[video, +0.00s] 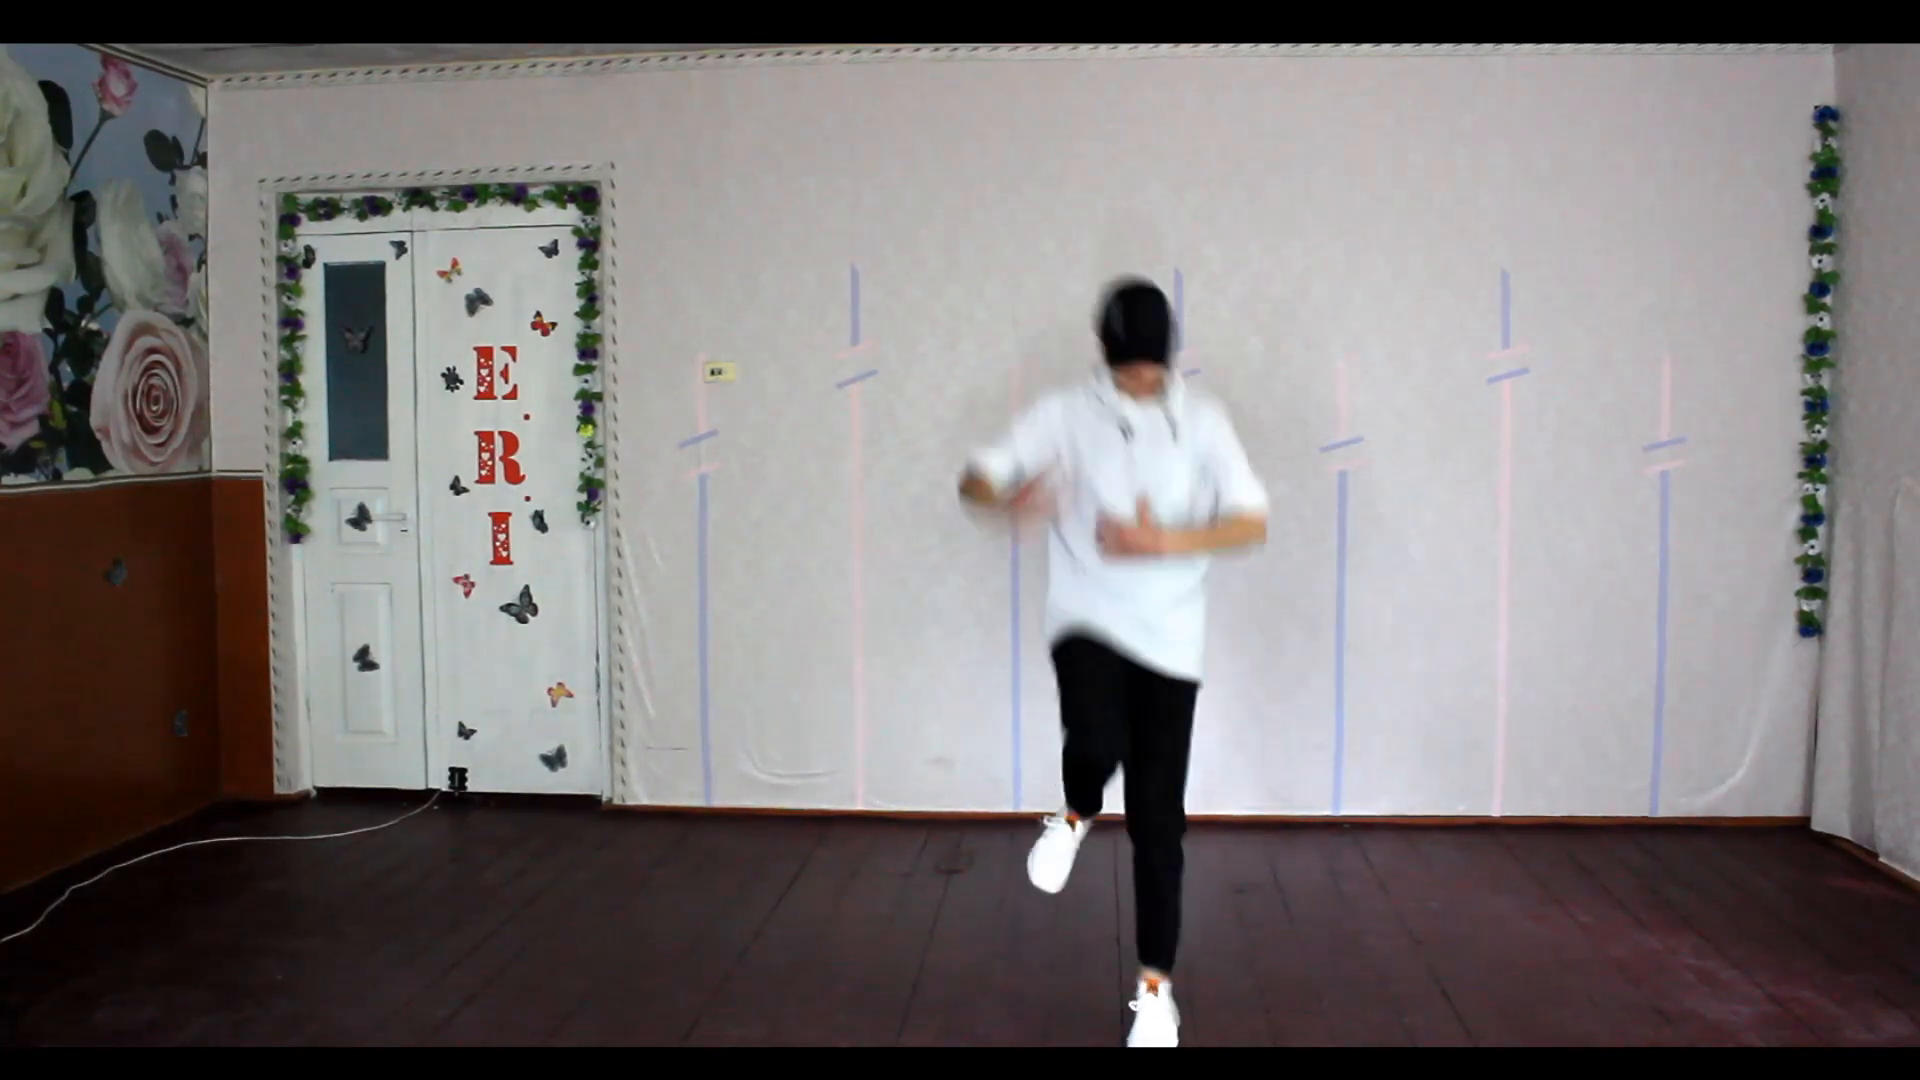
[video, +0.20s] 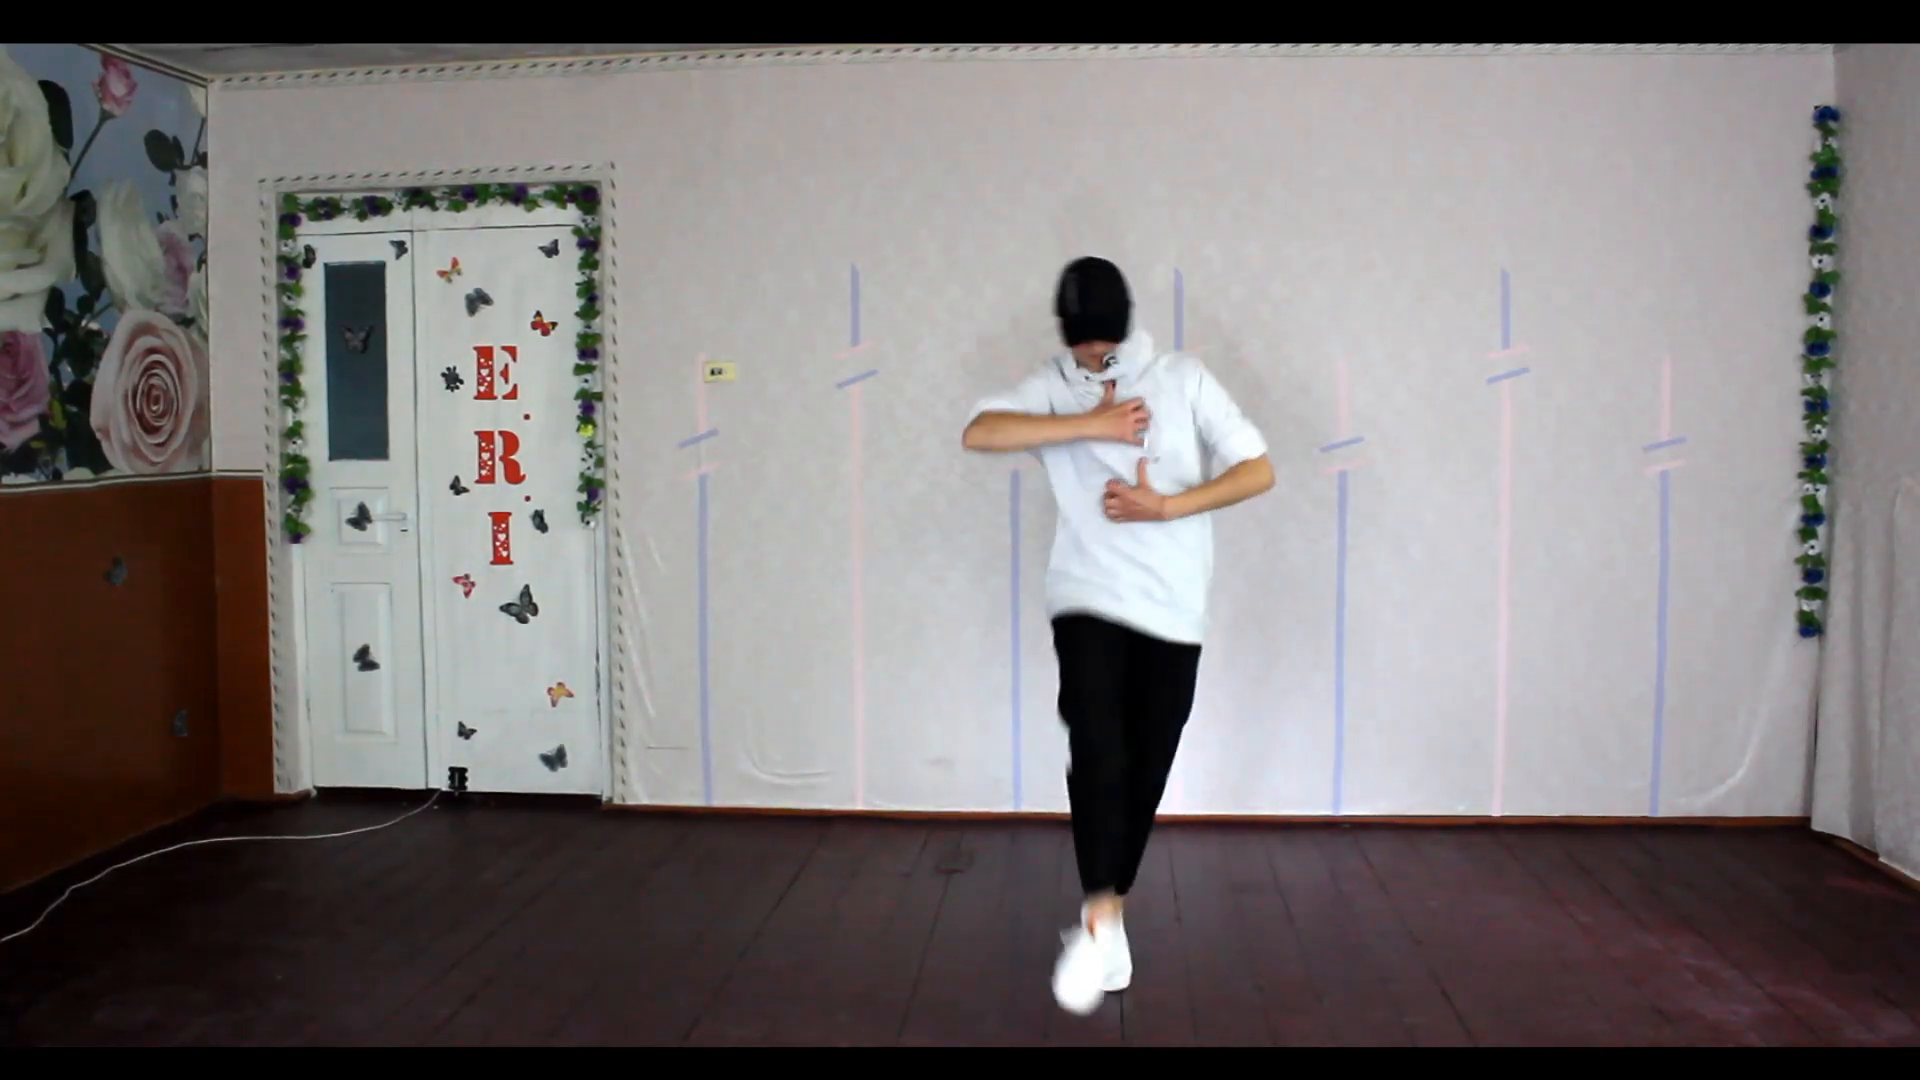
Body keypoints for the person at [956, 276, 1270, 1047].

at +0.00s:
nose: (1145, 377)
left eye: (1156, 363)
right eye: (1132, 365)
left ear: (1172, 352)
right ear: (1108, 354)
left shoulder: (1200, 416)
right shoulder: (1069, 412)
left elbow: (1251, 521)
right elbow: (975, 479)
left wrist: (1157, 540)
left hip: (1169, 635)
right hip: (1087, 618)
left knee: (1156, 818)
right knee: (1094, 741)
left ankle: (1154, 985)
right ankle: (1076, 821)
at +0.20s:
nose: (1096, 361)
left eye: (1107, 348)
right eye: (1082, 349)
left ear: (1128, 327)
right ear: (1063, 334)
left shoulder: (1182, 379)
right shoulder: (1054, 385)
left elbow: (1257, 470)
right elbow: (979, 434)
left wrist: (1165, 504)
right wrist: (1092, 424)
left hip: (1170, 609)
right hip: (1087, 599)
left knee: (1143, 769)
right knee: (1098, 754)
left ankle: (1103, 919)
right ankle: (1101, 925)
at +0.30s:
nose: (1143, 392)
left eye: (1156, 381)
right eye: (1130, 380)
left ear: (1173, 365)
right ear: (1107, 359)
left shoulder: (1189, 420)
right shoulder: (1062, 417)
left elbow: (1239, 501)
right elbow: (968, 475)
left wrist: (1130, 525)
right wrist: (1080, 468)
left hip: (1164, 659)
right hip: (1081, 658)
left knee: (1129, 811)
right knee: (1105, 818)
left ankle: (1093, 923)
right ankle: (1126, 971)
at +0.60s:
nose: (1147, 402)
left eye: (1159, 390)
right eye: (1135, 388)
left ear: (1173, 375)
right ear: (1107, 364)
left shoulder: (1182, 417)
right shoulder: (1055, 428)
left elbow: (1236, 475)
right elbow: (958, 502)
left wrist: (1136, 503)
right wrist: (1044, 503)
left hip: (1163, 657)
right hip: (1075, 664)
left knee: (1163, 806)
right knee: (1096, 828)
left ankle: (1146, 842)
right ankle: (1123, 976)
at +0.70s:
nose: (1147, 398)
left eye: (1160, 385)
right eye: (1137, 384)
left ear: (1172, 370)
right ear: (1107, 360)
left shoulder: (1181, 405)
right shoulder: (1051, 425)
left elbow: (1241, 443)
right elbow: (966, 510)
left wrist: (1133, 460)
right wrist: (1043, 550)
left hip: (1157, 633)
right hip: (1073, 650)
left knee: (1150, 768)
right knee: (1091, 818)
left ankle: (1168, 840)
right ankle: (1123, 974)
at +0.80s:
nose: (1083, 386)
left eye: (1093, 373)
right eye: (1068, 375)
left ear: (1116, 349)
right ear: (1051, 359)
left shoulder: (1168, 402)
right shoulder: (1033, 421)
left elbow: (1266, 464)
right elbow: (979, 516)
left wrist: (1160, 466)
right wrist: (1090, 524)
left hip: (1157, 621)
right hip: (1078, 637)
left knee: (1136, 778)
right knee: (1091, 800)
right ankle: (1124, 965)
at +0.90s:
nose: (1108, 400)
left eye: (1121, 387)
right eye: (1097, 386)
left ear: (1140, 371)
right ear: (1074, 365)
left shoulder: (1161, 417)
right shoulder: (1030, 428)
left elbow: (1240, 478)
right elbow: (947, 500)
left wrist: (1129, 485)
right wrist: (1053, 525)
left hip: (1149, 656)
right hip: (1064, 662)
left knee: (1129, 827)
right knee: (1087, 829)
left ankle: (1119, 999)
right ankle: (1119, 976)